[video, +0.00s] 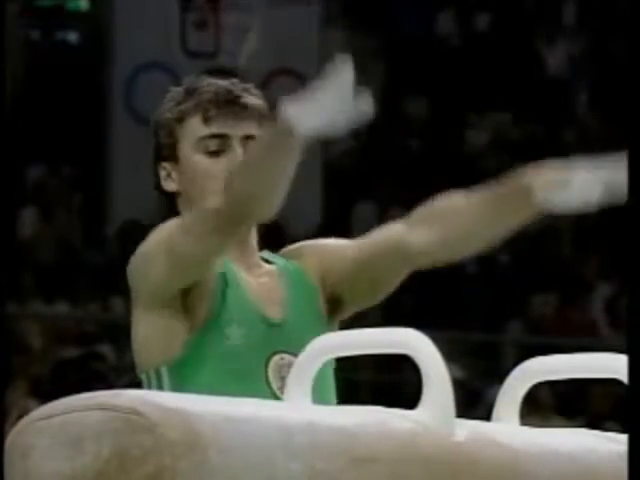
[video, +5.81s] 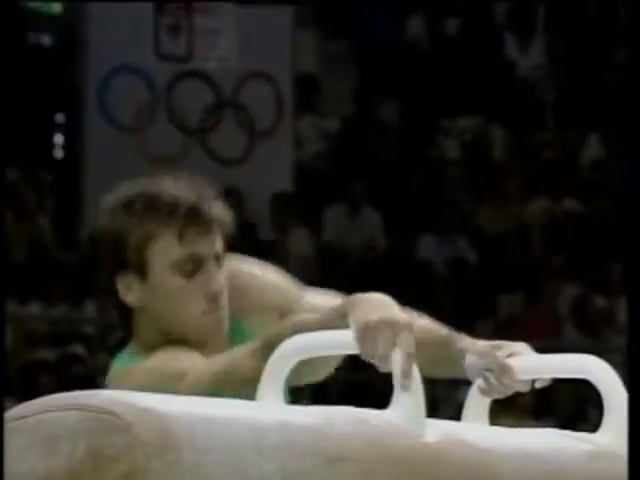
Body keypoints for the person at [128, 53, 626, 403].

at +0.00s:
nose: (240, 165)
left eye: (254, 147)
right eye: (214, 148)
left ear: (276, 159)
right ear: (170, 175)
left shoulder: (313, 272)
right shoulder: (160, 273)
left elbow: (418, 238)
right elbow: (234, 213)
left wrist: (532, 189)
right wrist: (292, 128)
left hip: (315, 479)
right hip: (206, 477)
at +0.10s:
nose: (243, 166)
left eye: (255, 150)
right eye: (217, 149)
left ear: (272, 162)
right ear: (173, 171)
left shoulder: (312, 271)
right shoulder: (165, 270)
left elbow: (411, 279)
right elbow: (235, 253)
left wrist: (519, 271)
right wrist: (304, 214)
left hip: (312, 470)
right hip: (207, 470)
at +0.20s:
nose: (246, 166)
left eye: (258, 148)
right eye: (220, 148)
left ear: (274, 163)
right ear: (174, 168)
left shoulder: (298, 268)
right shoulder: (175, 270)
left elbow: (402, 297)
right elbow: (238, 273)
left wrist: (515, 305)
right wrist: (308, 263)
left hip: (310, 476)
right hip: (213, 477)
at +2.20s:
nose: (256, 168)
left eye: (260, 149)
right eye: (228, 149)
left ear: (269, 154)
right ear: (171, 166)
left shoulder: (259, 241)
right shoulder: (183, 271)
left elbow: (363, 298)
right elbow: (270, 306)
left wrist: (480, 337)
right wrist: (343, 303)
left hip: (252, 467)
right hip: (189, 471)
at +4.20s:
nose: (254, 186)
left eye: (262, 166)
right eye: (231, 165)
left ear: (270, 164)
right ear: (171, 169)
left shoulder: (254, 238)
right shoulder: (181, 270)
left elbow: (357, 294)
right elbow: (271, 307)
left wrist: (479, 338)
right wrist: (342, 303)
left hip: (243, 466)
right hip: (185, 469)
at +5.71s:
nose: (228, 220)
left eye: (232, 195)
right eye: (201, 203)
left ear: (240, 186)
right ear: (141, 214)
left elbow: (387, 273)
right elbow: (258, 319)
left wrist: (471, 341)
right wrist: (352, 302)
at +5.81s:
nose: (217, 283)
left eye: (217, 262)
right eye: (189, 270)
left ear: (225, 255)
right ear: (130, 290)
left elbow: (344, 314)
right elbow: (263, 358)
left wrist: (462, 352)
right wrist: (350, 312)